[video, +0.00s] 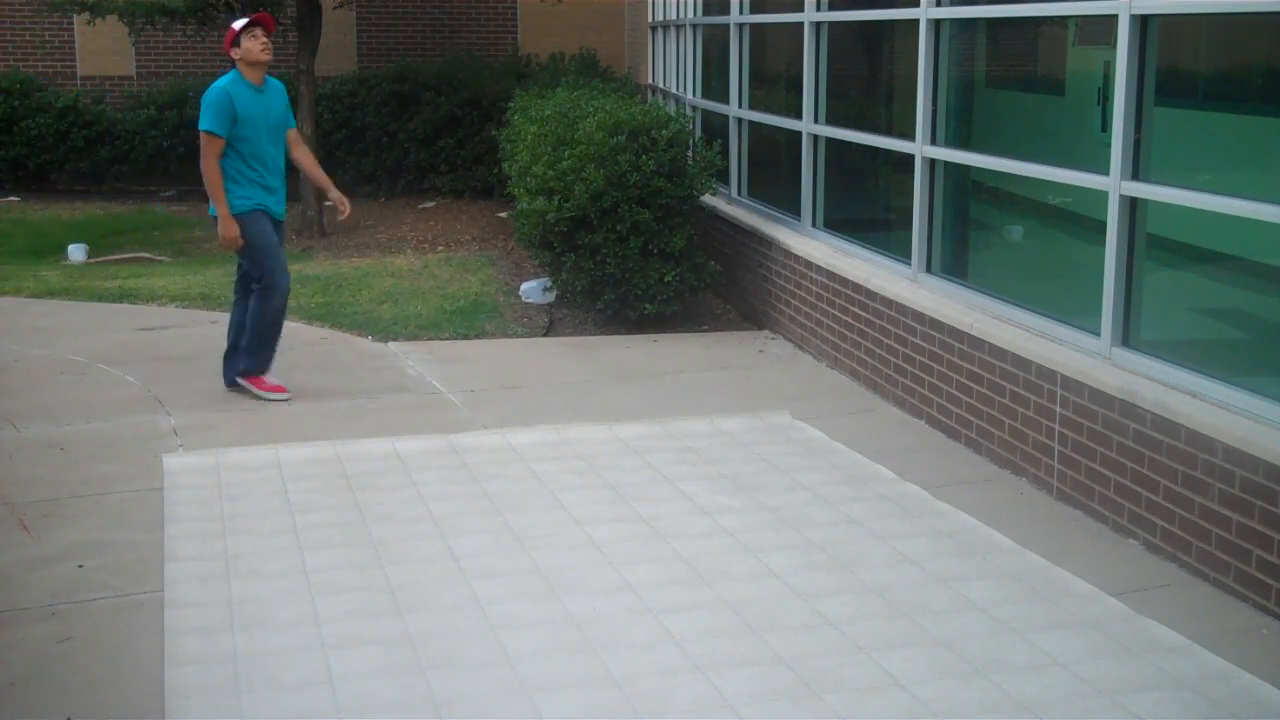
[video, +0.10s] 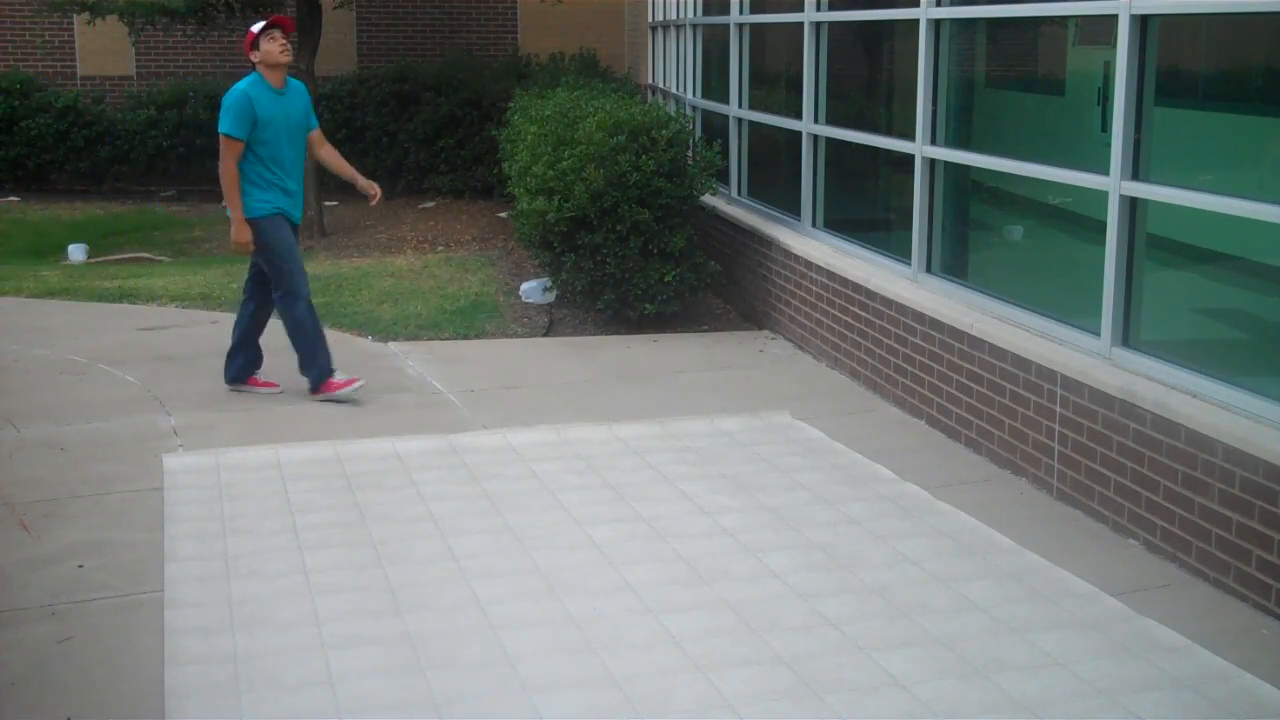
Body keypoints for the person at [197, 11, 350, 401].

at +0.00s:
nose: (264, 42)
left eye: (266, 37)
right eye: (253, 38)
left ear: (270, 48)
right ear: (235, 52)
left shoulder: (276, 90)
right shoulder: (221, 94)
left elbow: (296, 146)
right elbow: (209, 160)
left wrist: (330, 188)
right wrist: (224, 215)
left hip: (273, 205)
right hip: (240, 205)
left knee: (250, 288)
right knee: (275, 281)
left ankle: (236, 372)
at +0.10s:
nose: (284, 43)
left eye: (285, 39)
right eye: (273, 40)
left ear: (290, 50)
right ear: (255, 55)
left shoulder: (298, 91)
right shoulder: (241, 96)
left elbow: (320, 147)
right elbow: (227, 162)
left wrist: (358, 179)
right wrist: (237, 220)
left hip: (289, 208)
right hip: (259, 208)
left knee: (260, 293)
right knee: (293, 286)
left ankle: (240, 372)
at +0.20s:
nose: (304, 47)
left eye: (306, 43)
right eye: (293, 44)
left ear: (312, 54)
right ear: (275, 60)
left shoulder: (318, 93)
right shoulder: (263, 100)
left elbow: (339, 147)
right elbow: (250, 167)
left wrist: (379, 180)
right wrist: (256, 226)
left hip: (309, 211)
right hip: (279, 213)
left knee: (276, 293)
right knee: (317, 290)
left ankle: (243, 367)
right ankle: (349, 378)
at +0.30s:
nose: (328, 52)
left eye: (329, 46)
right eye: (317, 47)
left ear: (332, 53)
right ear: (298, 58)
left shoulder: (337, 93)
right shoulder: (284, 102)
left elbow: (354, 150)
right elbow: (274, 170)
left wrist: (391, 190)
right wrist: (282, 230)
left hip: (334, 212)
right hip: (306, 215)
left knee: (313, 291)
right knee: (339, 292)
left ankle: (260, 355)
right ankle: (355, 382)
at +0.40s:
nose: (353, 57)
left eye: (355, 49)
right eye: (344, 50)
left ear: (355, 52)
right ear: (321, 54)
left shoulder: (353, 91)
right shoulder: (304, 100)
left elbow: (363, 150)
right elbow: (301, 170)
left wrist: (388, 198)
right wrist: (316, 228)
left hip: (360, 210)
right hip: (328, 215)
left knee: (366, 290)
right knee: (351, 298)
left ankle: (296, 339)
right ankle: (356, 383)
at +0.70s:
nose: (427, 78)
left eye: (431, 70)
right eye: (423, 68)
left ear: (411, 62)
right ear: (400, 57)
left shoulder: (409, 96)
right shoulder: (368, 97)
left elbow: (402, 158)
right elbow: (365, 166)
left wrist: (417, 202)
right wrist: (410, 210)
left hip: (413, 216)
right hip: (375, 221)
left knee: (440, 295)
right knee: (370, 304)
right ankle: (356, 383)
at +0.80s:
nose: (454, 82)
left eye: (458, 75)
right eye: (451, 73)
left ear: (436, 67)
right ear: (428, 62)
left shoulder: (434, 101)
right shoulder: (394, 101)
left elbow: (426, 164)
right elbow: (389, 169)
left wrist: (440, 214)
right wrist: (429, 217)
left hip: (434, 221)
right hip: (396, 224)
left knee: (458, 303)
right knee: (383, 305)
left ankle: (486, 381)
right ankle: (357, 382)